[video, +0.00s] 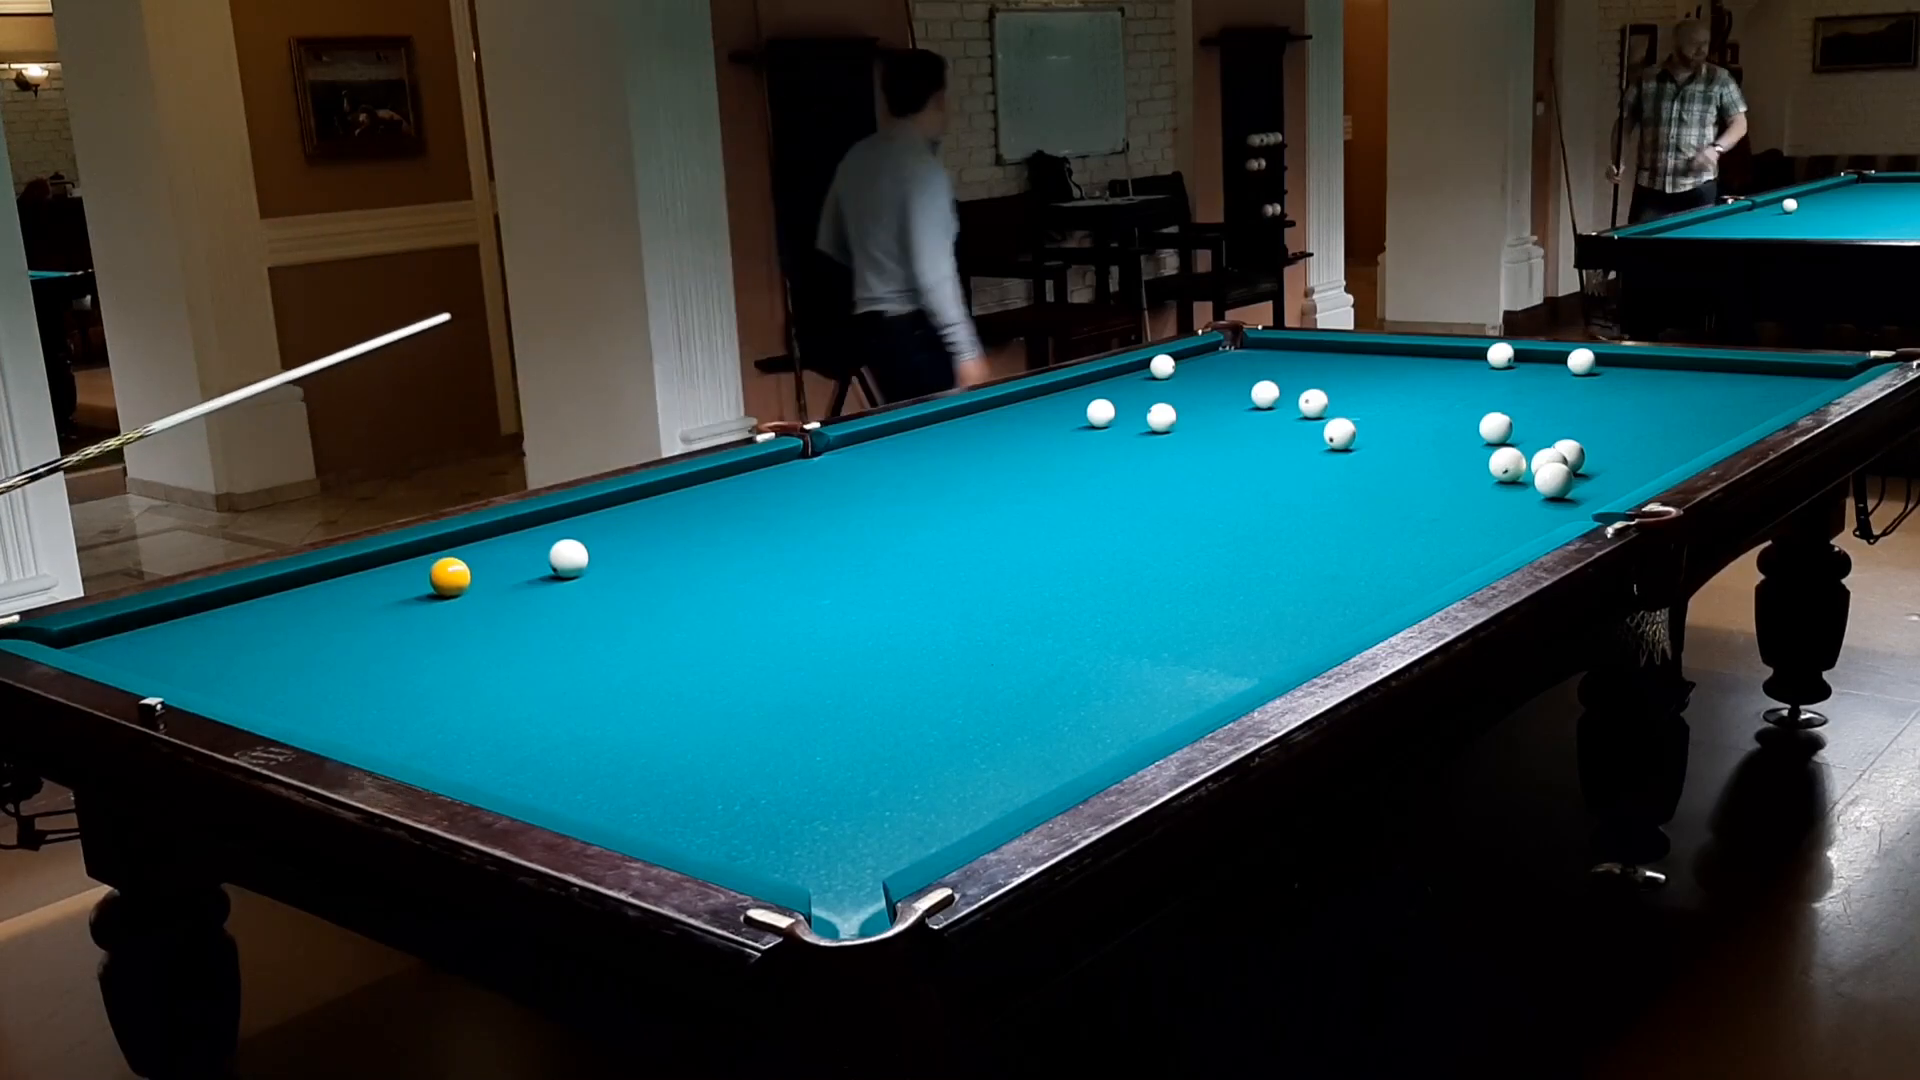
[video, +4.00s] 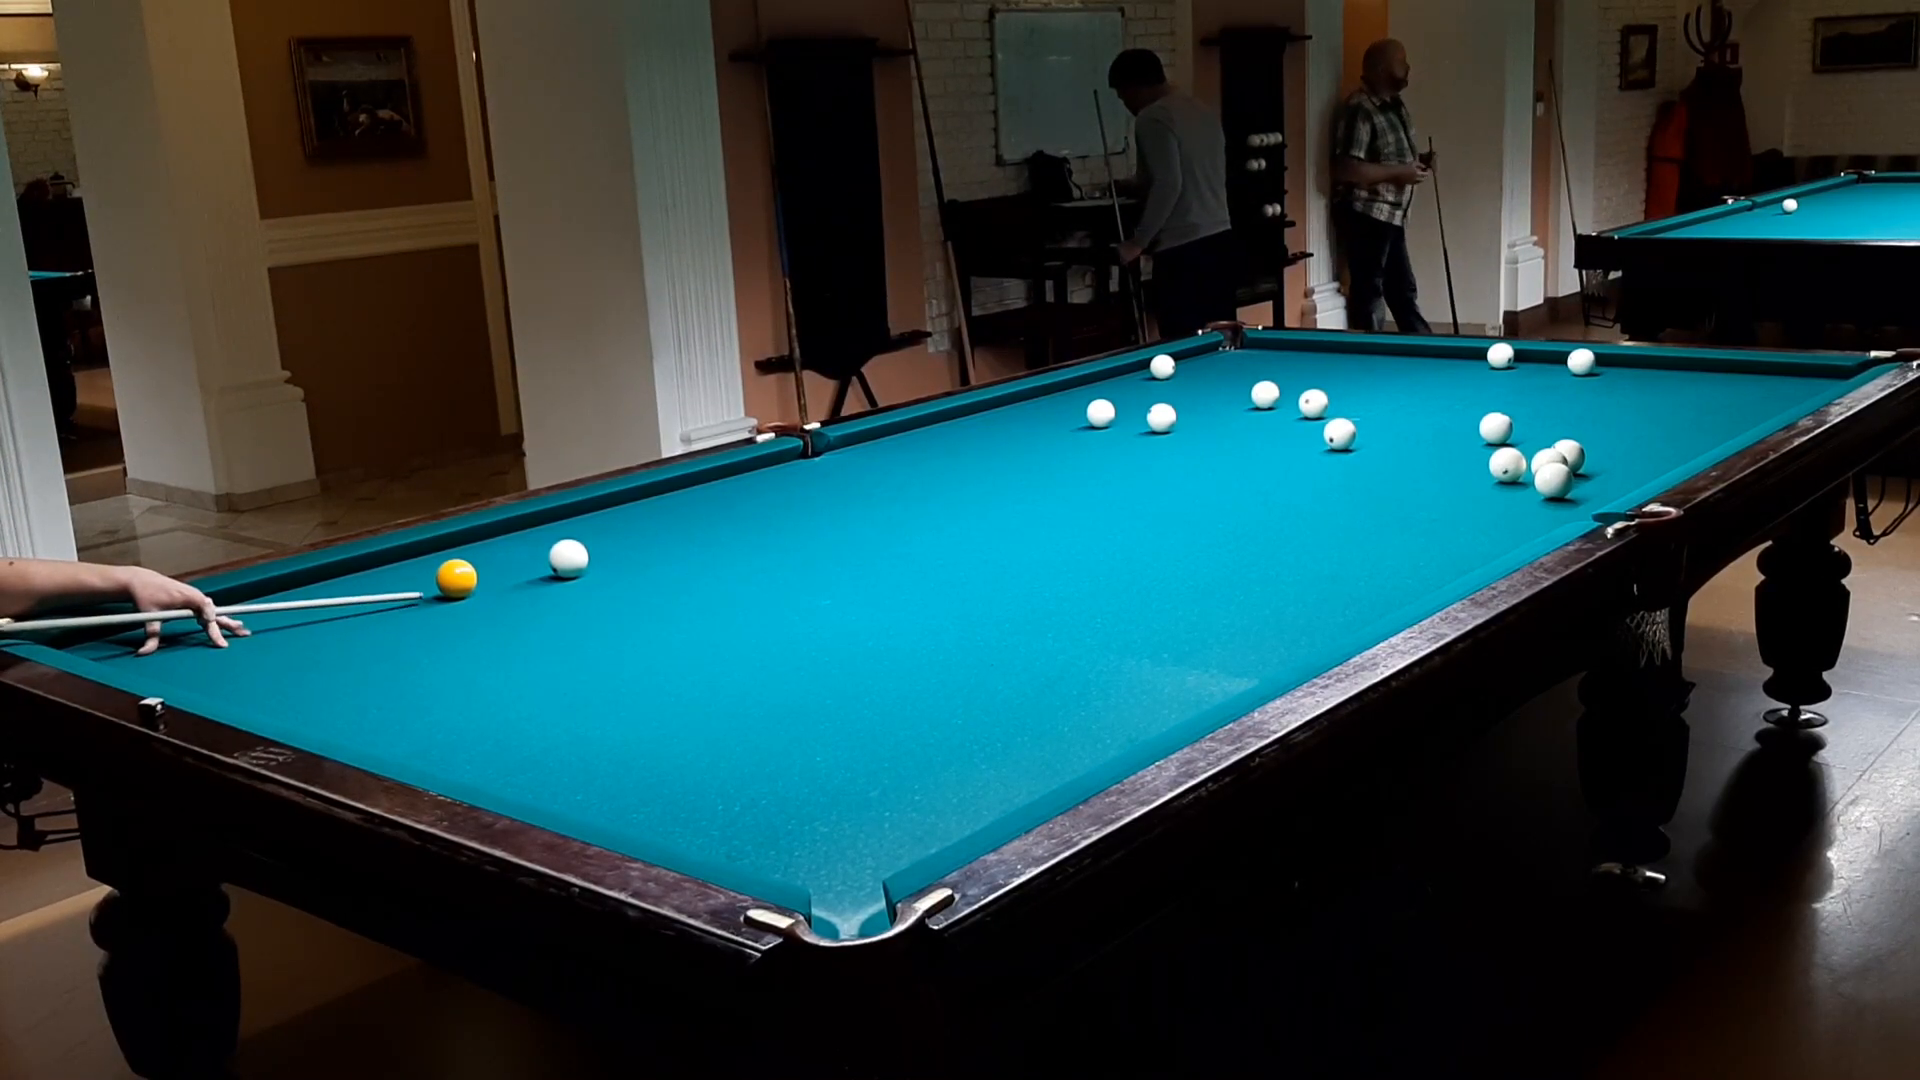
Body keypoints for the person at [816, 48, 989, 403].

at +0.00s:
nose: (947, 107)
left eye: (944, 96)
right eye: (945, 96)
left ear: (891, 97)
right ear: (935, 99)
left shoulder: (857, 160)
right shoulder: (922, 169)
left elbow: (830, 241)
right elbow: (934, 272)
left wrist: (880, 261)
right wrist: (967, 352)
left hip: (870, 326)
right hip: (915, 325)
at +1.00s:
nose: (1137, 96)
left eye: (1137, 88)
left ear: (1141, 91)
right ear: (1185, 82)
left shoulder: (1135, 138)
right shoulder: (1223, 130)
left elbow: (1117, 213)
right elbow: (1248, 195)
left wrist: (1098, 262)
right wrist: (1208, 194)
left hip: (1160, 276)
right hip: (1219, 269)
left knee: (1162, 370)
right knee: (1219, 369)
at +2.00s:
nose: (1163, 99)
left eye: (1163, 88)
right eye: (1160, 89)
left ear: (1178, 80)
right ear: (1199, 74)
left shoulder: (1199, 115)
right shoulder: (1235, 111)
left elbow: (1214, 177)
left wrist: (1163, 219)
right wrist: (1175, 178)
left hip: (1209, 250)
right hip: (1241, 244)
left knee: (1193, 346)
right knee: (1229, 342)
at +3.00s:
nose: (1130, 99)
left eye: (1130, 90)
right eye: (1128, 91)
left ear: (1144, 84)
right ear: (1168, 75)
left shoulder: (1164, 120)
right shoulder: (1210, 111)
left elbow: (1176, 188)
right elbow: (1217, 178)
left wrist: (1142, 241)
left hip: (1185, 254)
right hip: (1224, 246)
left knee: (1183, 350)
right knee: (1222, 342)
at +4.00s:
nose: (1123, 103)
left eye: (1121, 94)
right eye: (1120, 95)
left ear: (1131, 87)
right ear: (1159, 77)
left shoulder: (1153, 120)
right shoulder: (1201, 110)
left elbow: (1167, 183)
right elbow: (1207, 176)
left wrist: (1137, 242)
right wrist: (1141, 186)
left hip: (1181, 253)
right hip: (1221, 243)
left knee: (1181, 347)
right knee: (1220, 340)